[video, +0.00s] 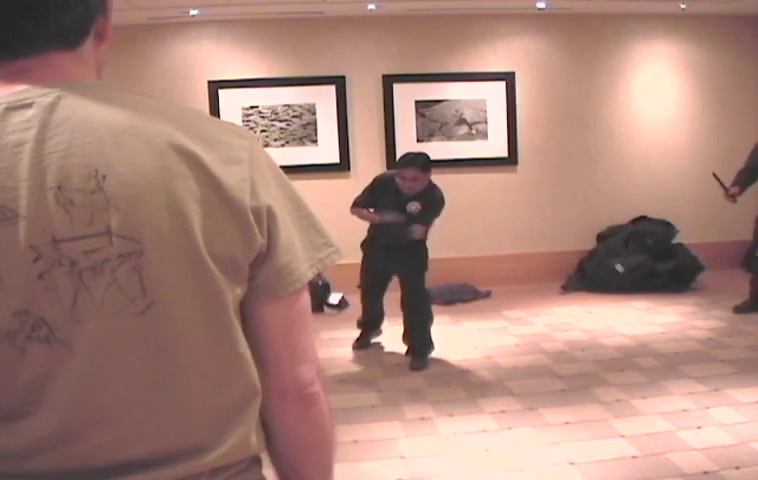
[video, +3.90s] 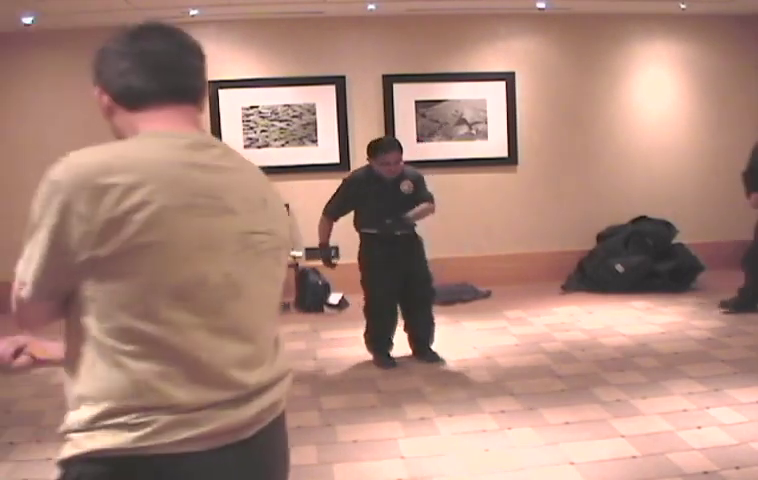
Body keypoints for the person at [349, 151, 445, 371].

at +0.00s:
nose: (407, 184)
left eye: (414, 179)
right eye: (402, 178)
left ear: (427, 176)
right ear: (396, 173)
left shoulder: (434, 197)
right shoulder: (384, 183)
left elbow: (422, 228)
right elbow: (356, 208)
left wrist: (418, 230)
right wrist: (374, 217)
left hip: (411, 250)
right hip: (378, 248)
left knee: (414, 298)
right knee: (369, 291)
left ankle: (418, 350)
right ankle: (368, 329)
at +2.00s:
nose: (393, 175)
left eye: (399, 170)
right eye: (388, 169)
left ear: (409, 170)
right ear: (379, 168)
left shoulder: (417, 194)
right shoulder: (364, 182)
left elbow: (413, 229)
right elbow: (338, 210)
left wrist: (408, 213)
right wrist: (358, 222)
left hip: (393, 248)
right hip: (360, 247)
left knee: (404, 296)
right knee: (359, 294)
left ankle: (419, 344)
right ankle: (373, 331)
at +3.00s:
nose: (405, 174)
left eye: (411, 168)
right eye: (400, 168)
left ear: (426, 166)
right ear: (395, 165)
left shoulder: (438, 188)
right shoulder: (385, 179)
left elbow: (435, 227)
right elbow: (367, 203)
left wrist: (409, 247)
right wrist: (372, 222)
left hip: (418, 246)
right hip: (383, 242)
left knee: (421, 298)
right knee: (369, 291)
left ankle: (418, 350)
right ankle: (362, 329)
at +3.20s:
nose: (405, 169)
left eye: (411, 163)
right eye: (400, 163)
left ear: (424, 161)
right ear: (394, 162)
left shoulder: (437, 185)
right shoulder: (383, 179)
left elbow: (453, 223)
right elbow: (361, 209)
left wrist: (438, 254)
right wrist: (367, 243)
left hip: (420, 249)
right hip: (384, 248)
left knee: (423, 302)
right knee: (369, 294)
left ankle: (419, 350)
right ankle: (362, 329)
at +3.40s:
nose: (402, 165)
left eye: (407, 159)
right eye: (396, 160)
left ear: (419, 158)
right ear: (389, 160)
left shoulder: (431, 181)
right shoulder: (377, 179)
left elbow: (459, 211)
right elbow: (347, 207)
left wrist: (457, 241)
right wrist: (339, 242)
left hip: (419, 248)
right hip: (383, 249)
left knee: (423, 301)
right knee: (378, 299)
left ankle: (420, 351)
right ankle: (374, 344)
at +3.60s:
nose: (395, 166)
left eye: (400, 160)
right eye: (389, 161)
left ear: (408, 158)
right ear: (378, 162)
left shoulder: (420, 179)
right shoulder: (366, 180)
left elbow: (447, 205)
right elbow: (335, 212)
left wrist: (441, 226)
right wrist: (327, 243)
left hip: (415, 249)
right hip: (380, 250)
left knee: (421, 300)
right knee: (382, 301)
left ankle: (421, 350)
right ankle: (380, 350)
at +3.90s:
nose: (392, 169)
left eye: (397, 163)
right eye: (386, 164)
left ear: (403, 159)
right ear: (373, 163)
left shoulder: (412, 177)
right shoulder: (358, 182)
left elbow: (428, 204)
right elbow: (328, 215)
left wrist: (409, 217)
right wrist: (324, 246)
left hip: (407, 244)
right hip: (375, 247)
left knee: (419, 296)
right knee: (380, 301)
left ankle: (422, 346)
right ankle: (380, 350)